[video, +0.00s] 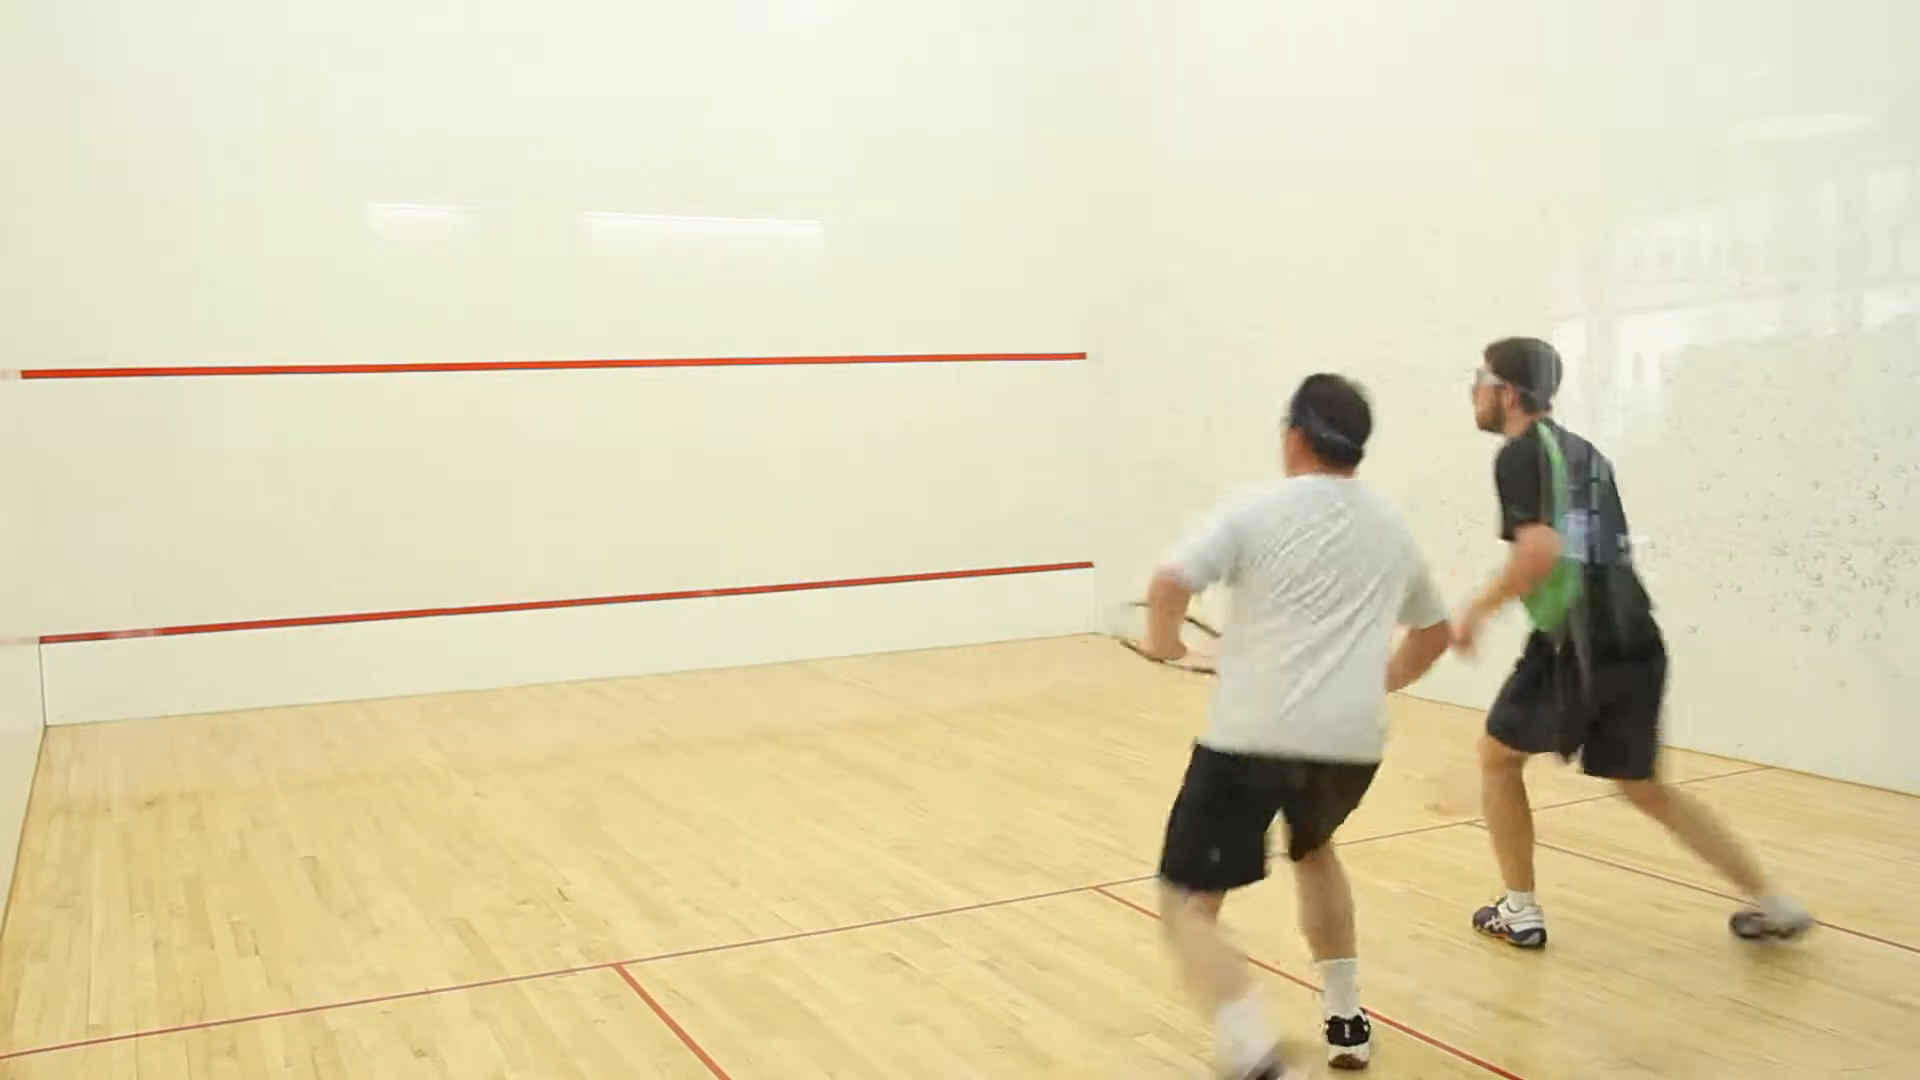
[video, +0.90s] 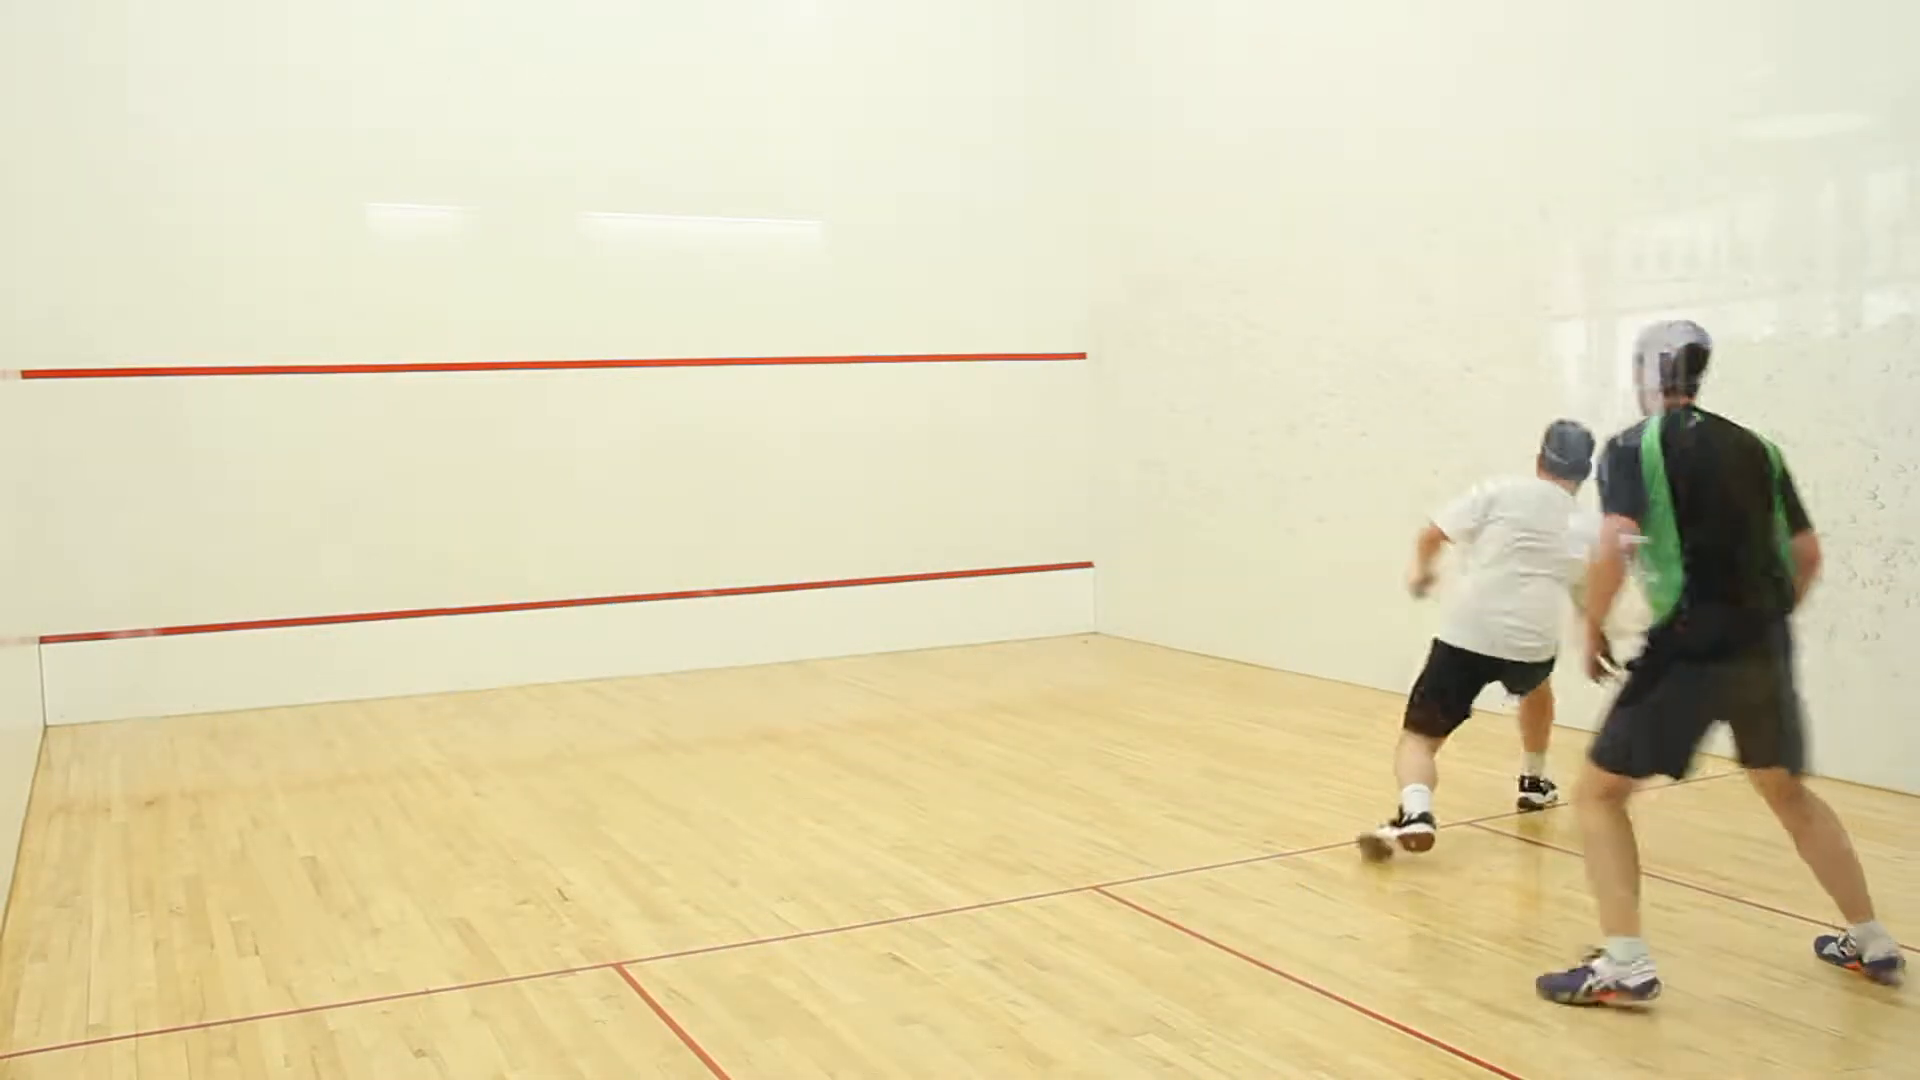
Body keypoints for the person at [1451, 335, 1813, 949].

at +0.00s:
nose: (1473, 393)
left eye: (1481, 383)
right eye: (1477, 381)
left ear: (1508, 395)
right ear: (1532, 397)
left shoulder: (1522, 455)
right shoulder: (1585, 454)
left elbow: (1538, 551)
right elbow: (1609, 553)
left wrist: (1476, 611)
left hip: (1569, 650)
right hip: (1632, 649)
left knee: (1498, 754)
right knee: (1640, 782)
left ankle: (1519, 908)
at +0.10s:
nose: (1506, 392)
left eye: (1516, 379)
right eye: (1510, 379)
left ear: (1548, 387)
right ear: (1567, 387)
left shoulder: (1569, 448)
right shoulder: (1620, 448)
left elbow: (1595, 558)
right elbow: (1644, 561)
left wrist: (1557, 636)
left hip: (1613, 650)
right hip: (1673, 648)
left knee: (1529, 755)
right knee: (1703, 781)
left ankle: (1521, 907)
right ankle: (1809, 917)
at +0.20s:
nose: (1559, 373)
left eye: (1567, 361)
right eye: (1561, 360)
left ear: (1597, 363)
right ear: (1620, 362)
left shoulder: (1617, 429)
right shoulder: (1662, 425)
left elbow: (1651, 526)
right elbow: (1686, 529)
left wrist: (1630, 622)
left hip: (1662, 635)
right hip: (1719, 630)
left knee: (1580, 750)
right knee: (1727, 769)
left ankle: (1572, 903)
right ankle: (1811, 915)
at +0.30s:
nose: (1602, 361)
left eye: (1607, 348)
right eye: (1604, 347)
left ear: (1627, 349)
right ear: (1665, 347)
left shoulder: (1640, 417)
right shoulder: (1717, 414)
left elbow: (1680, 513)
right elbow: (1768, 514)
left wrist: (1663, 612)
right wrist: (1763, 597)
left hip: (1690, 630)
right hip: (1754, 624)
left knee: (1619, 750)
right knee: (1753, 767)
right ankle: (1814, 914)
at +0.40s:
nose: (1642, 358)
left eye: (1643, 348)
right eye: (1645, 347)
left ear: (1656, 347)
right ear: (1704, 343)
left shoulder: (1657, 418)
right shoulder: (1758, 412)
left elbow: (1683, 518)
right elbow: (1817, 505)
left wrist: (1666, 621)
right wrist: (1823, 594)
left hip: (1717, 631)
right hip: (1782, 622)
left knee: (1690, 778)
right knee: (1771, 768)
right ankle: (1814, 915)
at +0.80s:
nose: (1659, 380)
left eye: (1661, 371)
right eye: (1665, 370)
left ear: (1667, 375)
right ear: (1723, 374)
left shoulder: (1652, 447)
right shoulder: (1785, 444)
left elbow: (1645, 548)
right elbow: (1838, 544)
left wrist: (1623, 629)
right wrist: (1809, 625)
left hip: (1716, 648)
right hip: (1794, 643)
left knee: (1645, 787)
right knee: (1807, 787)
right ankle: (1874, 941)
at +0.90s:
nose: (1636, 383)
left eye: (1638, 372)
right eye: (1647, 371)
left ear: (1643, 374)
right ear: (1698, 375)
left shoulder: (1628, 449)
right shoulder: (1756, 446)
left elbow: (1616, 543)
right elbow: (1806, 553)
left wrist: (1592, 624)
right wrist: (1766, 615)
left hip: (1684, 653)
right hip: (1762, 650)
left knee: (1597, 792)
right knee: (1784, 788)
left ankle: (1624, 960)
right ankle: (1872, 938)